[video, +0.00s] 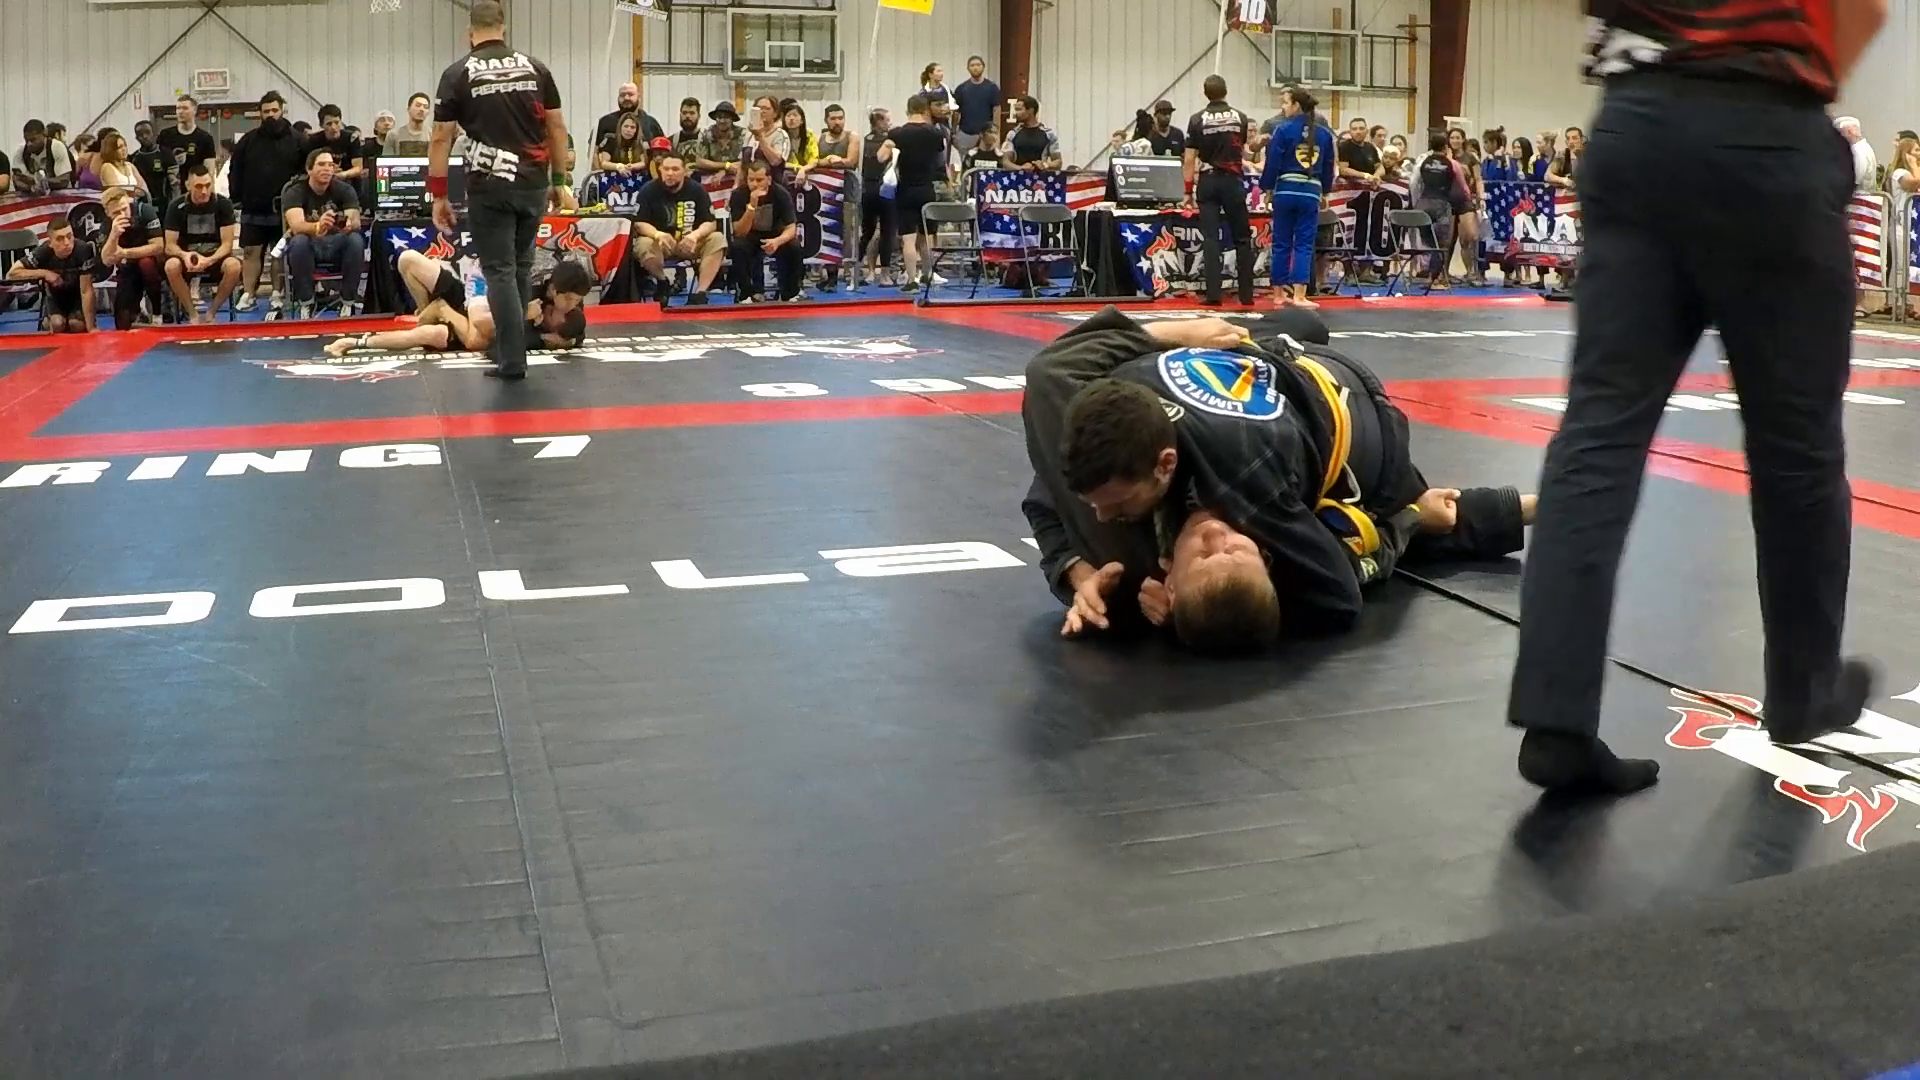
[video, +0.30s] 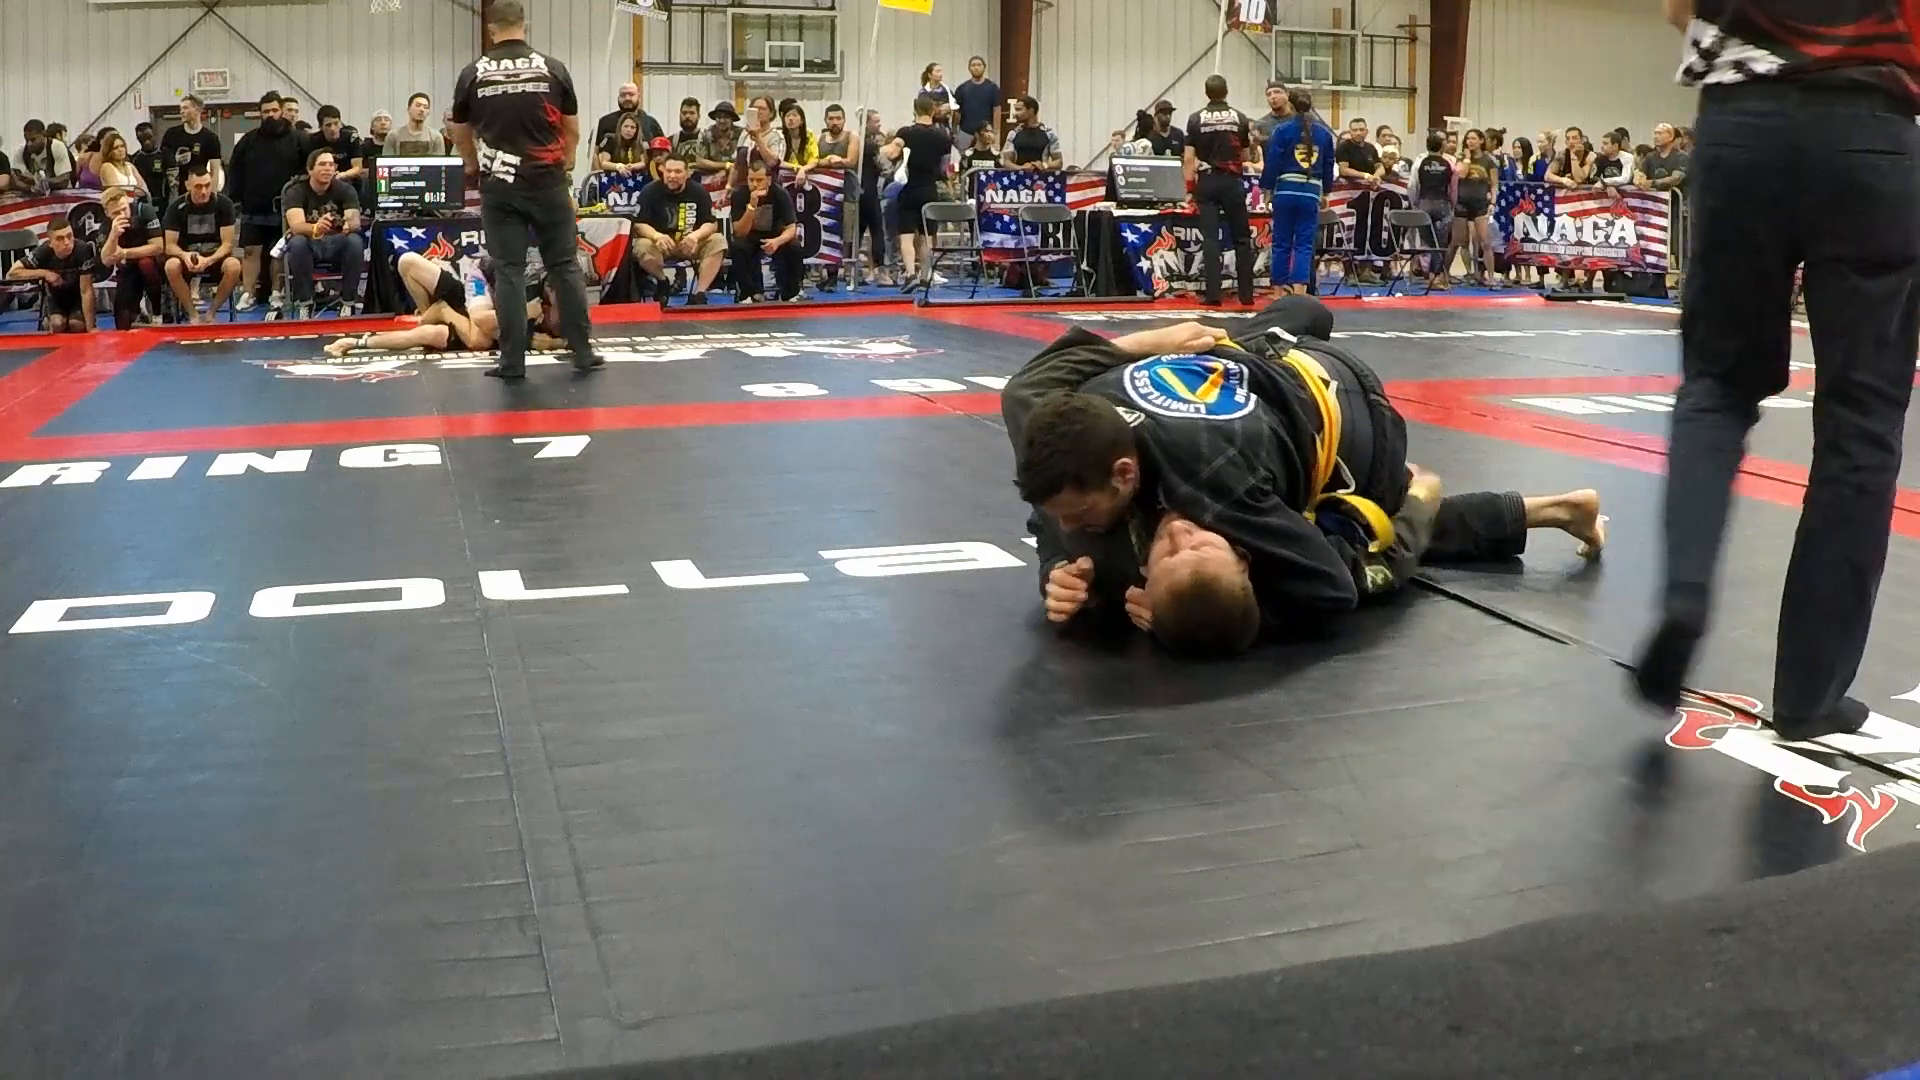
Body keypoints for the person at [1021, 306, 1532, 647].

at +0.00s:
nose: (1103, 514)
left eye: (1118, 503)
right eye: (1093, 501)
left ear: (1166, 465)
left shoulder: (1249, 491)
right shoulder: (1081, 412)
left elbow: (1338, 602)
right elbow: (1045, 505)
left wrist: (1188, 611)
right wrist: (1075, 571)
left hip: (1356, 429)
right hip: (1278, 361)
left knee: (1422, 513)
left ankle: (1581, 518)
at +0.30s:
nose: (1061, 519)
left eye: (1073, 507)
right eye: (1049, 507)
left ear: (1122, 478)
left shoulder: (1227, 500)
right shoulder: (1063, 438)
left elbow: (1334, 596)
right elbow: (1053, 527)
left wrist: (1189, 617)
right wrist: (1063, 581)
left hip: (1357, 432)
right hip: (1284, 364)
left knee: (1410, 526)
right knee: (1287, 312)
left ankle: (1564, 509)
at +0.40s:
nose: (1058, 523)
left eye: (1068, 509)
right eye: (1044, 513)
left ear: (1116, 475)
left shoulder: (1217, 494)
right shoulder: (1066, 440)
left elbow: (1332, 594)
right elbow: (1061, 533)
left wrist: (1192, 617)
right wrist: (1064, 581)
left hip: (1353, 425)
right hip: (1280, 360)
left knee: (1417, 529)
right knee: (1291, 310)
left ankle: (1563, 511)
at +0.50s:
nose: (1059, 526)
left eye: (1069, 514)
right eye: (1044, 516)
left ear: (1115, 477)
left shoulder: (1216, 494)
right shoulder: (1067, 438)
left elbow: (1330, 592)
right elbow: (1061, 532)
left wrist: (1190, 617)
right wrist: (1066, 580)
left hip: (1348, 420)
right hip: (1276, 360)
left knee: (1433, 528)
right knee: (1289, 319)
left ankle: (1570, 511)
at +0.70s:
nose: (1058, 530)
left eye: (1067, 517)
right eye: (1045, 520)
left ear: (1116, 482)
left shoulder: (1222, 498)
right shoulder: (1060, 439)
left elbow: (1329, 604)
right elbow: (1066, 534)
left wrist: (1199, 615)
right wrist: (1068, 584)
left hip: (1344, 401)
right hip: (1267, 355)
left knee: (1404, 538)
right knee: (1281, 310)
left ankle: (1567, 509)